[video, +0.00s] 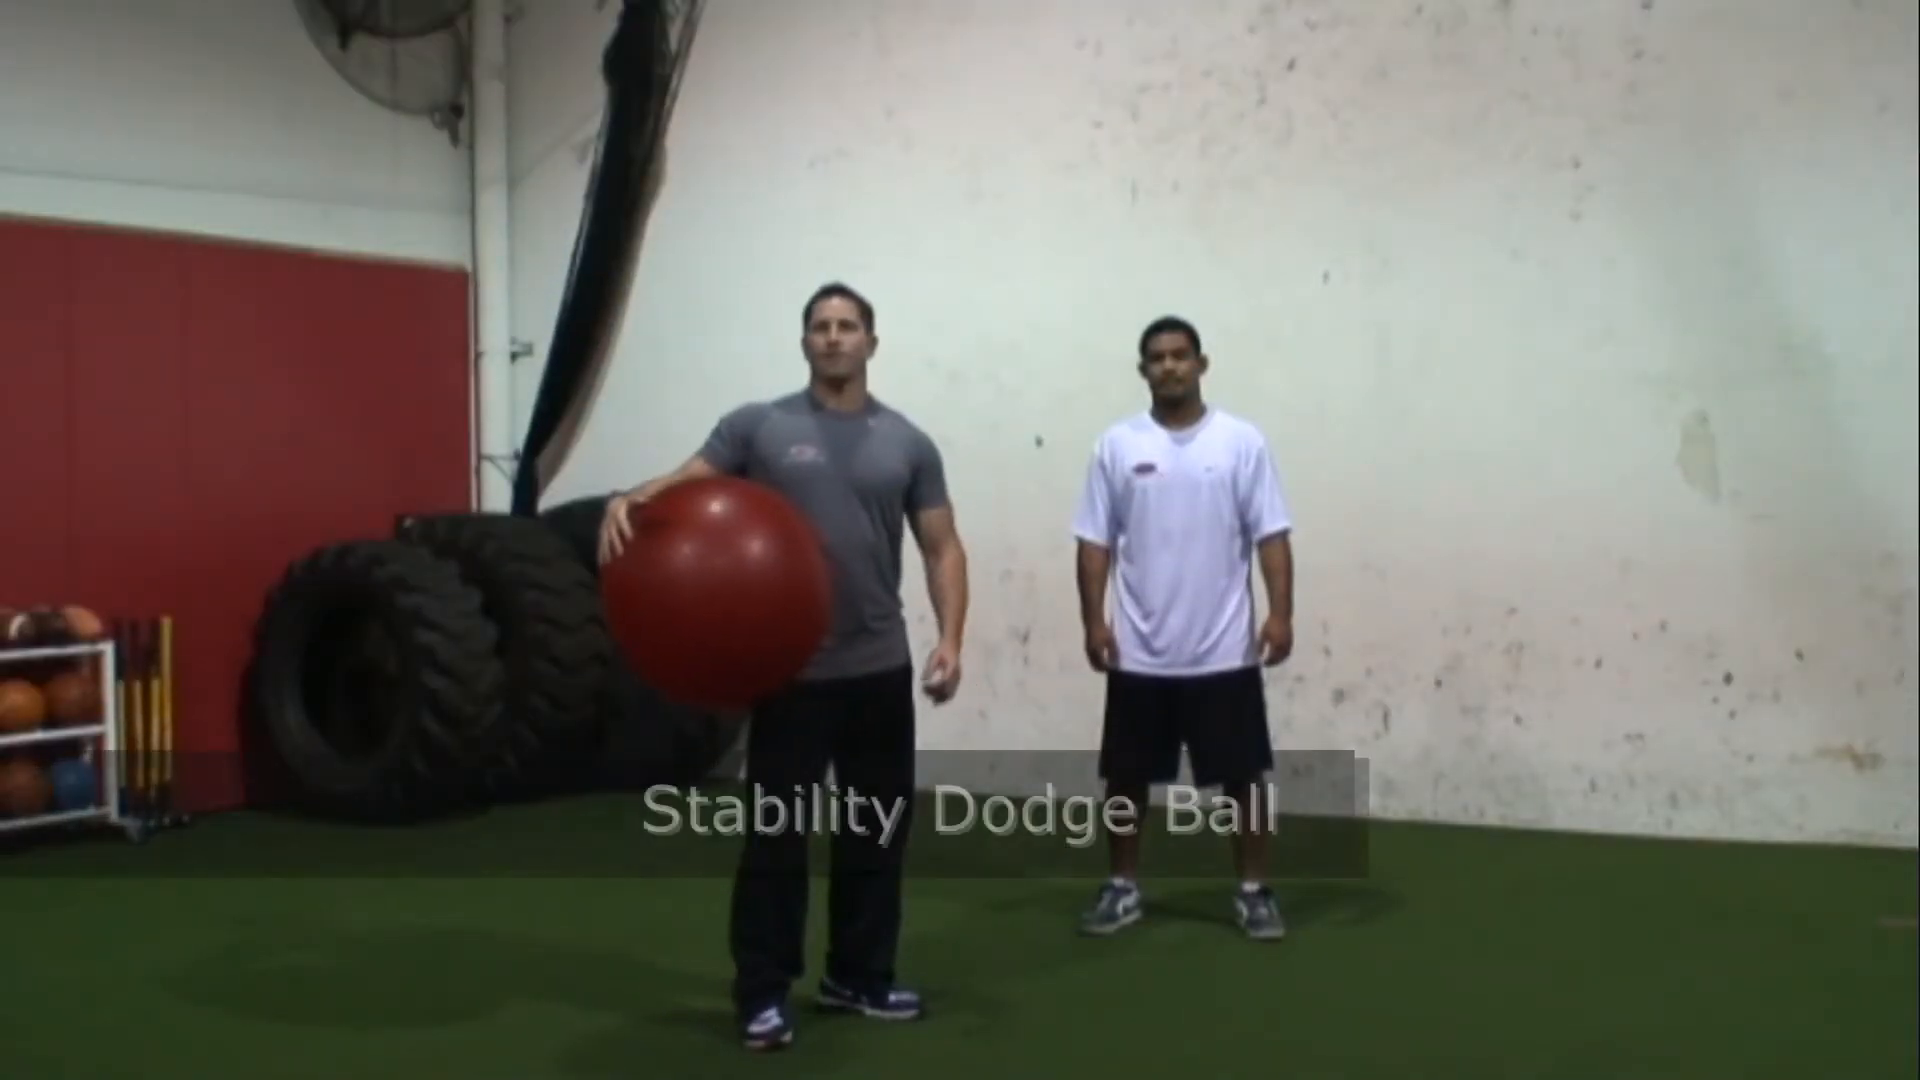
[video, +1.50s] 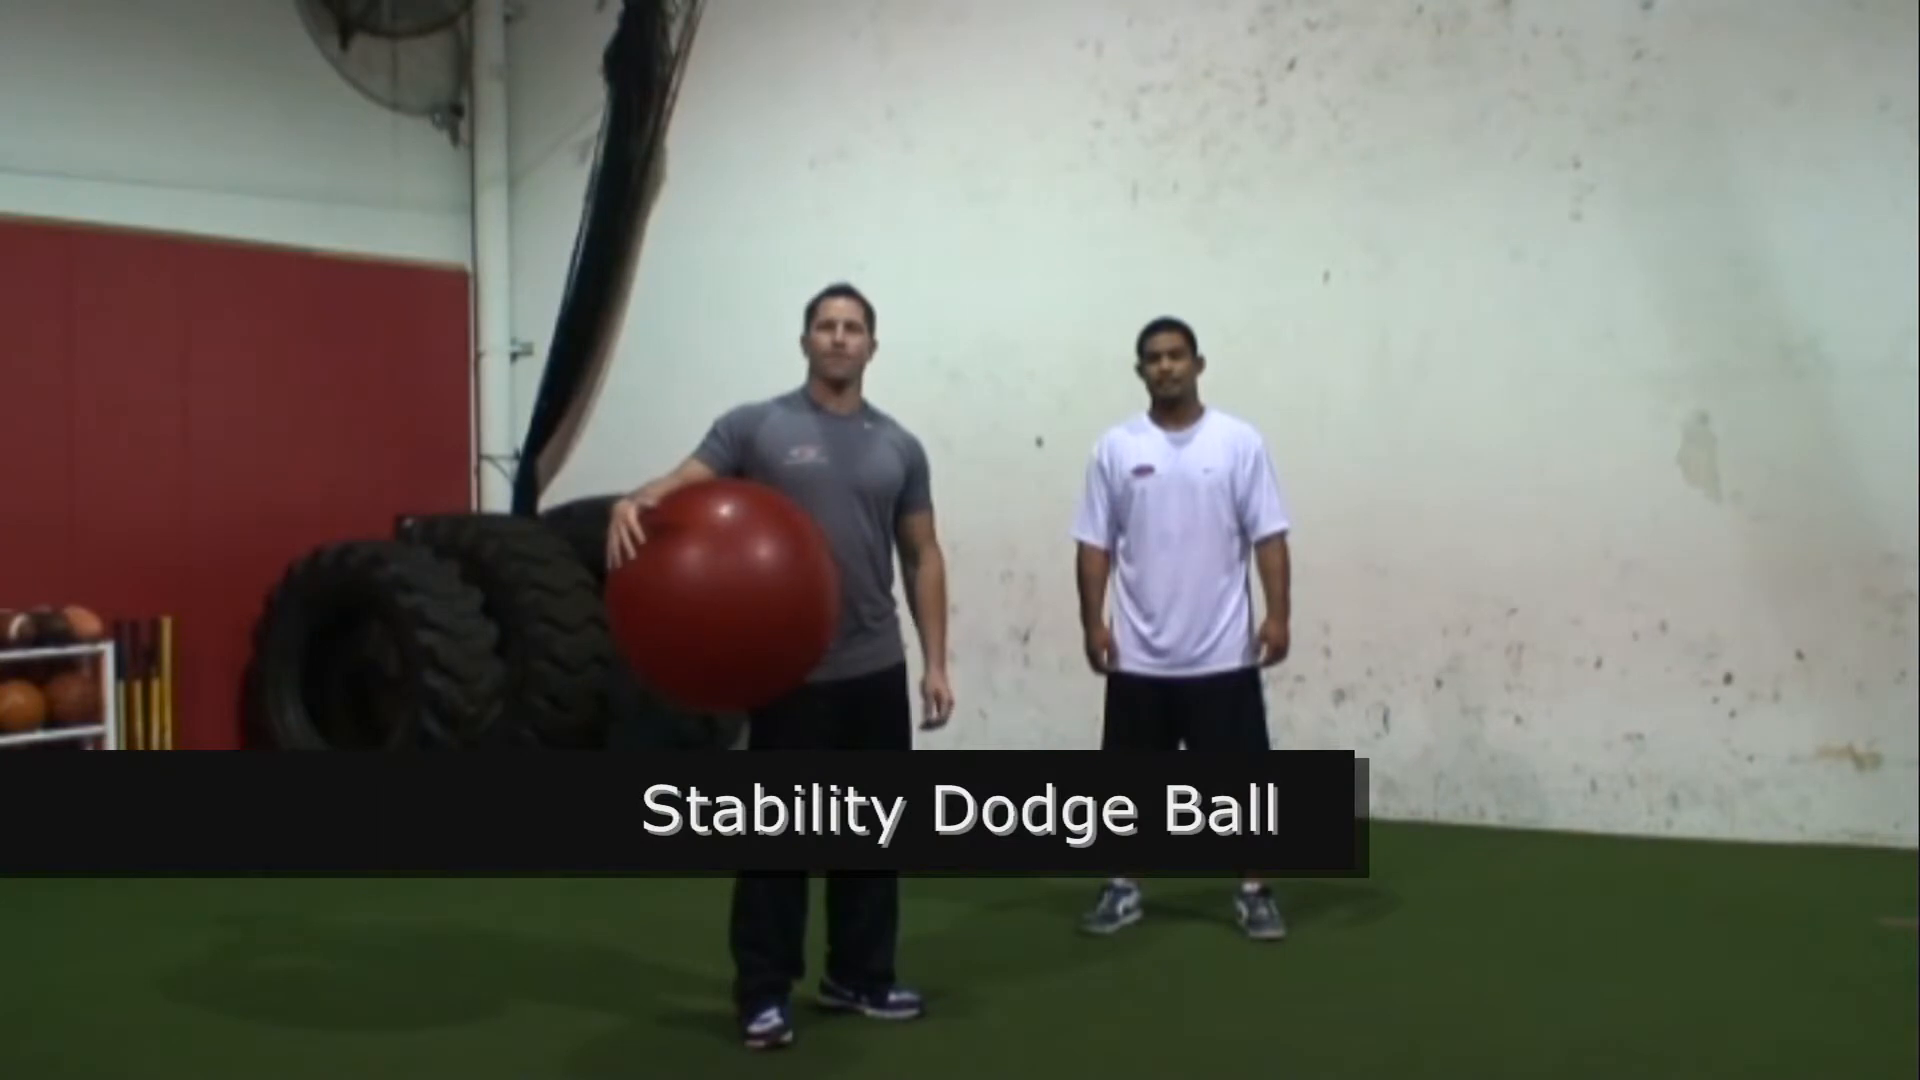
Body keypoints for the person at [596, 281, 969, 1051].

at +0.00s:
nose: (833, 337)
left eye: (847, 326)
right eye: (821, 327)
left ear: (872, 341)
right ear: (804, 343)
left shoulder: (907, 443)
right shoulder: (757, 427)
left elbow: (942, 545)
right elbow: (683, 486)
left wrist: (950, 638)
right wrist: (625, 503)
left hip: (879, 665)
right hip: (787, 668)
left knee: (876, 831)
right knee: (776, 832)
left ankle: (860, 976)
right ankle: (765, 994)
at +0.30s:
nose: (826, 338)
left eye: (840, 326)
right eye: (815, 327)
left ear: (867, 342)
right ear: (799, 342)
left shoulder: (905, 444)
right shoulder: (753, 429)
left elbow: (932, 556)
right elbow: (680, 488)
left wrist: (936, 663)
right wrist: (617, 506)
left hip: (878, 669)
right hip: (785, 672)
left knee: (875, 833)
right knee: (776, 834)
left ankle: (861, 976)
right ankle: (764, 994)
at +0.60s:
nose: (829, 340)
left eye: (842, 329)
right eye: (817, 330)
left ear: (868, 343)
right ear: (800, 343)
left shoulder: (902, 445)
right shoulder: (753, 427)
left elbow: (931, 551)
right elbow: (680, 488)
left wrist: (951, 649)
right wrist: (621, 507)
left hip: (875, 668)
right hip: (784, 673)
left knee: (874, 832)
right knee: (776, 836)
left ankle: (860, 976)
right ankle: (765, 994)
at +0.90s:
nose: (835, 339)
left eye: (848, 329)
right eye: (822, 328)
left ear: (869, 344)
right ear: (801, 342)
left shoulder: (898, 446)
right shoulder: (754, 426)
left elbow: (922, 553)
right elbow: (681, 485)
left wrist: (943, 647)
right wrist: (628, 505)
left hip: (874, 668)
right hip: (784, 673)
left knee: (874, 831)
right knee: (776, 834)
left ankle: (860, 976)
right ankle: (766, 993)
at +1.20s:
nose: (837, 336)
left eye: (850, 326)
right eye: (824, 325)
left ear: (870, 345)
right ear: (802, 341)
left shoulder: (899, 447)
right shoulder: (753, 427)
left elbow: (925, 554)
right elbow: (680, 486)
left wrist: (931, 656)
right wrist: (628, 504)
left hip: (874, 669)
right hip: (785, 674)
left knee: (873, 832)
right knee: (777, 835)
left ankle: (860, 976)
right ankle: (766, 994)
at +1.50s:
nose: (839, 337)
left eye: (853, 327)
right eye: (827, 326)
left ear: (872, 345)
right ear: (804, 341)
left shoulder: (899, 447)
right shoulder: (754, 426)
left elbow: (923, 554)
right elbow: (681, 484)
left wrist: (936, 661)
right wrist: (630, 504)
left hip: (874, 669)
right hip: (785, 674)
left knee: (873, 833)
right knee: (777, 835)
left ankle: (860, 976)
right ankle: (765, 994)